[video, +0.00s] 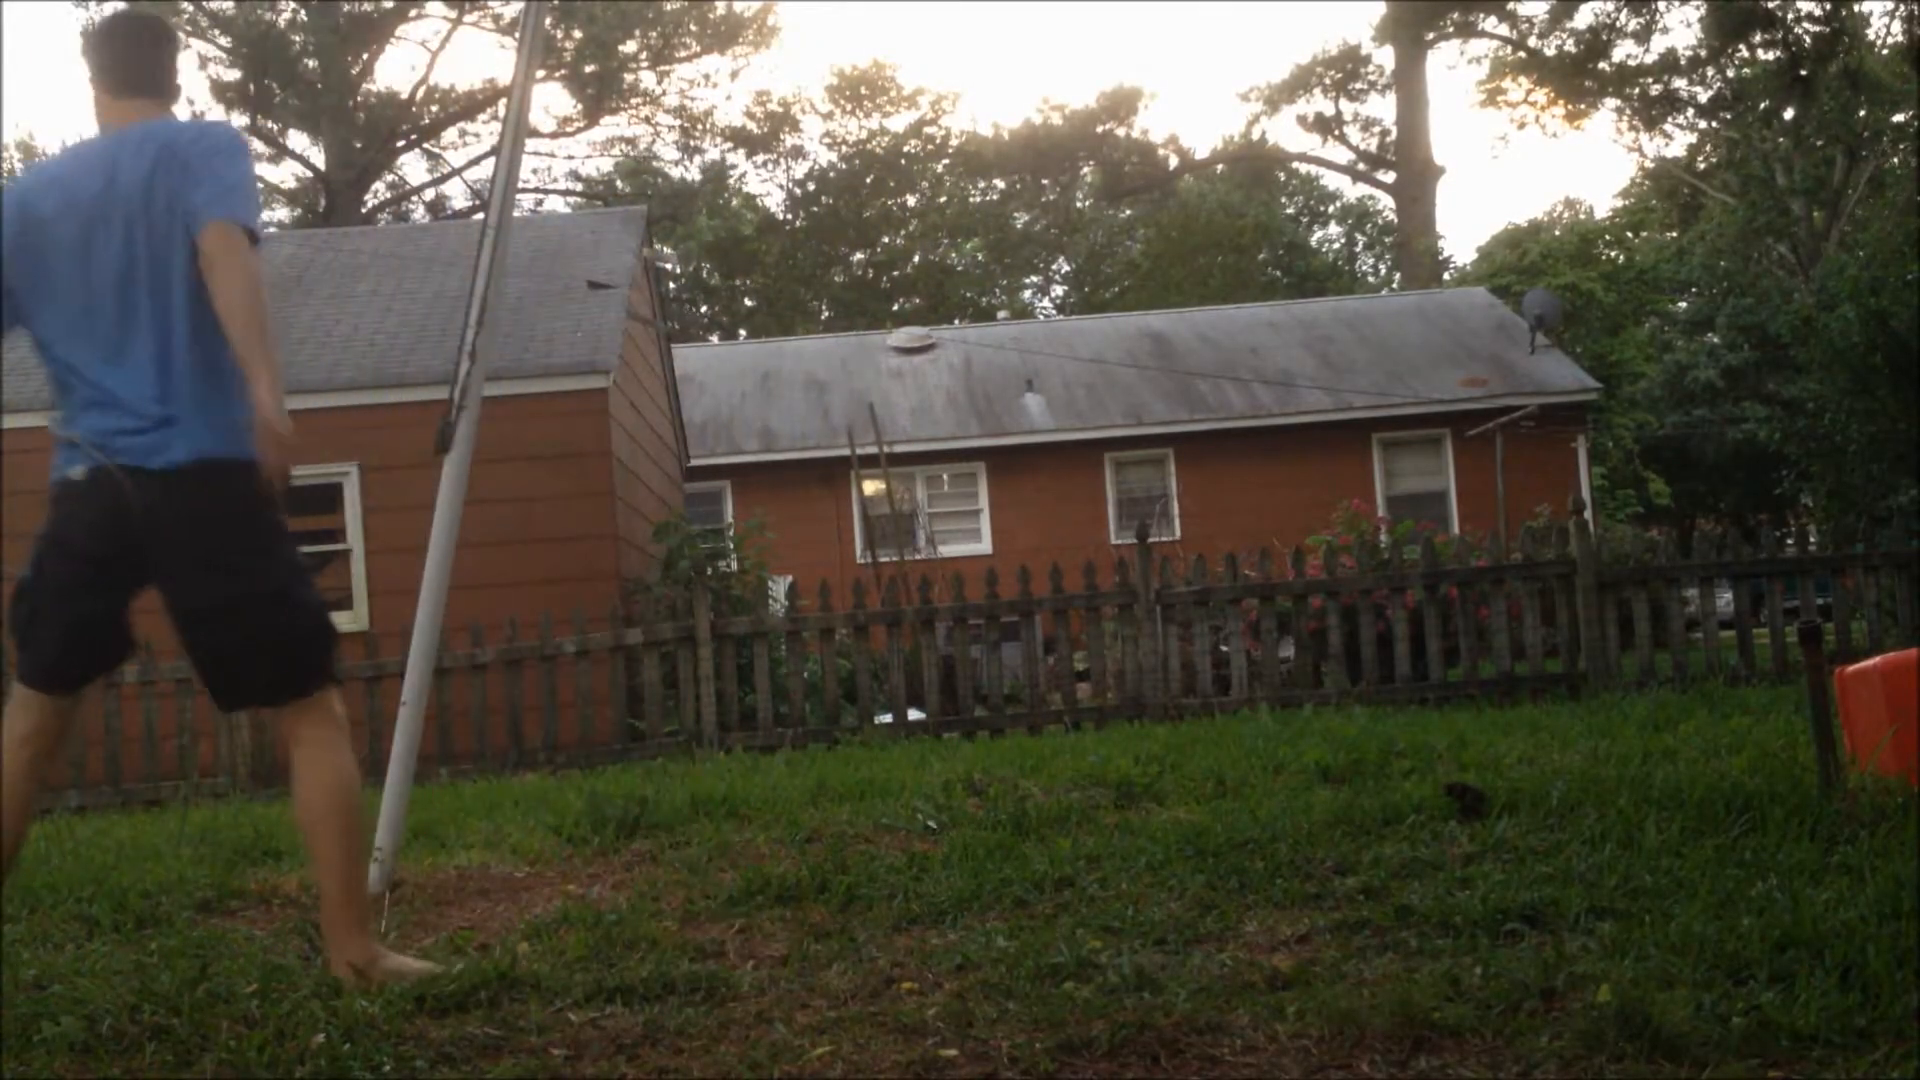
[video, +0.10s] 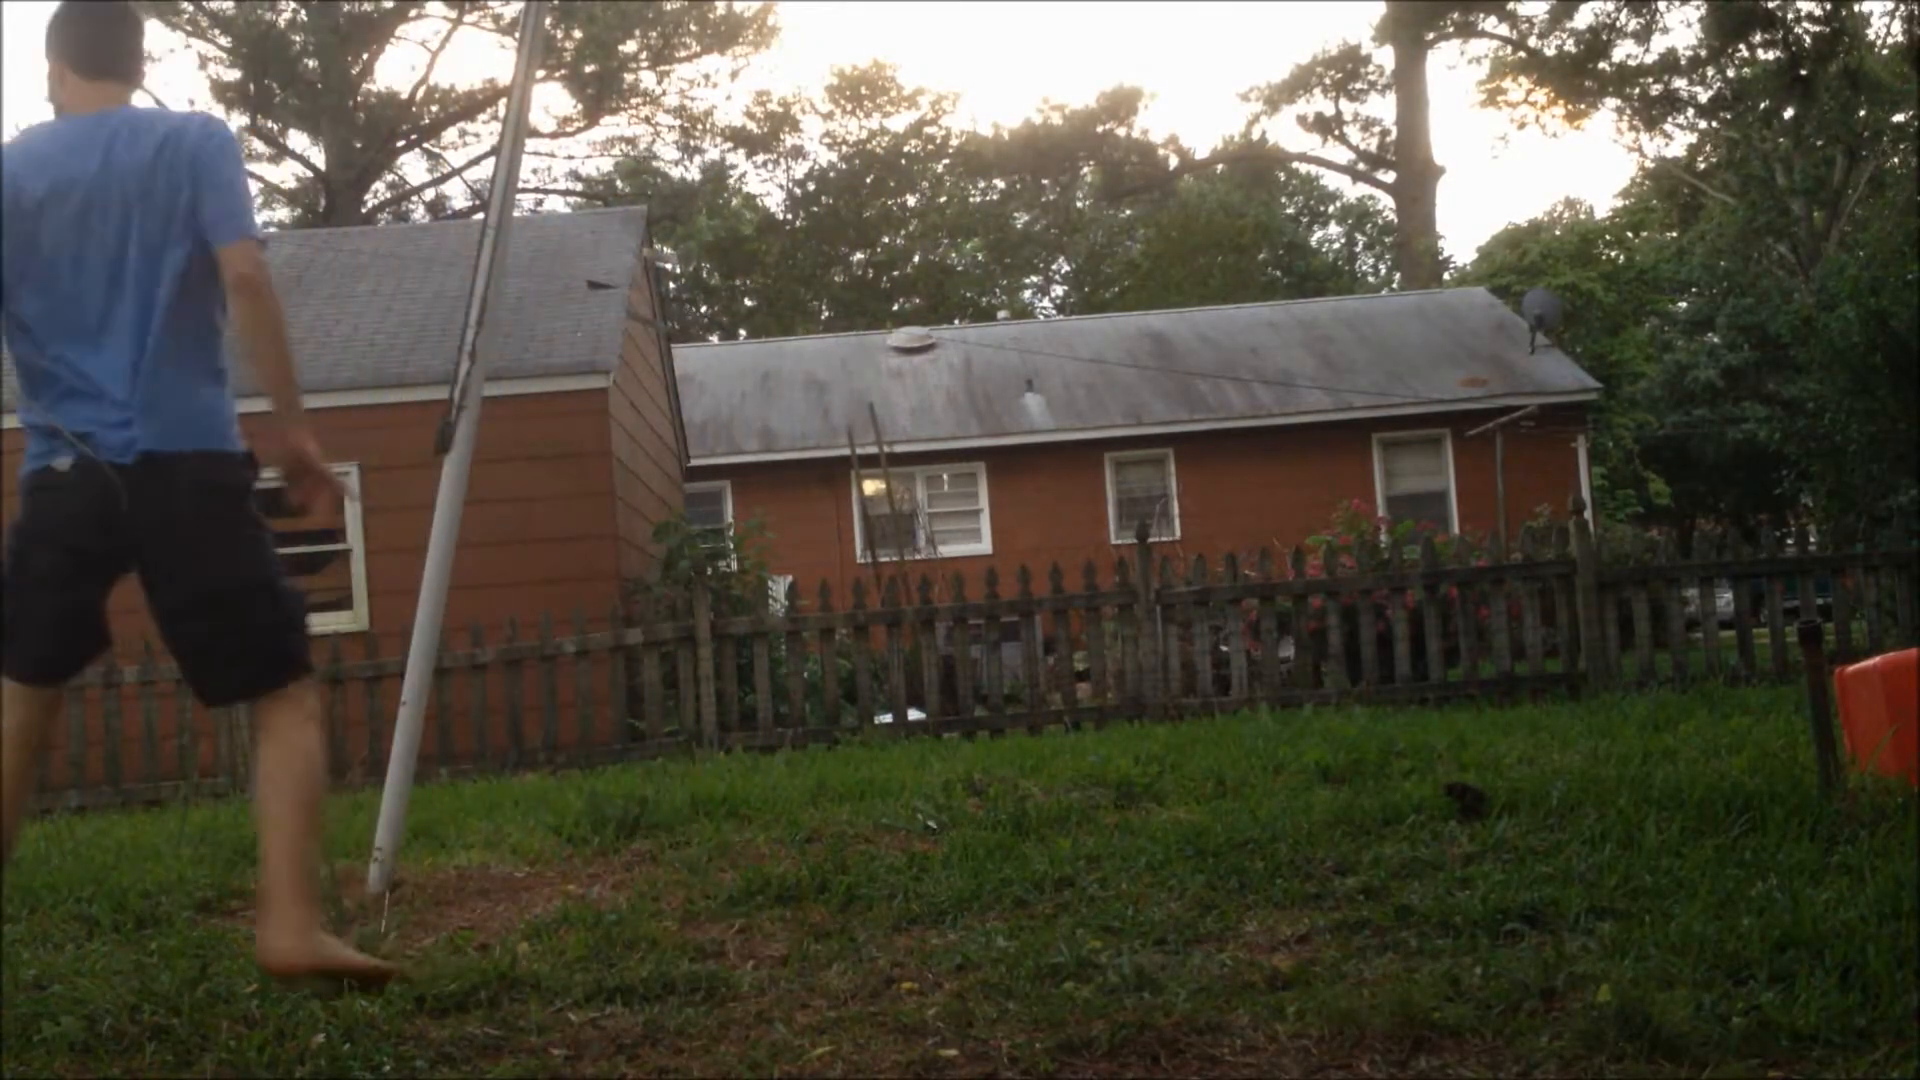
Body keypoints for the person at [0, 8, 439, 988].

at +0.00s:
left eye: (110, 72)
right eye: (168, 75)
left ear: (93, 81)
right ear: (176, 79)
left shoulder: (27, 197)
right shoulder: (204, 144)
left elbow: (6, 319)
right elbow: (222, 248)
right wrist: (268, 396)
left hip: (90, 499)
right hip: (211, 493)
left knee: (28, 724)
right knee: (311, 715)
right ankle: (353, 947)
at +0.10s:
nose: (73, 74)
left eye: (60, 58)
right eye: (130, 53)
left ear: (55, 65)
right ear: (142, 63)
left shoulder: (12, 167)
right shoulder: (196, 141)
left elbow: (8, 330)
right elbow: (246, 275)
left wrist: (12, 482)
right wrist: (291, 424)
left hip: (60, 488)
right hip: (190, 482)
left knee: (16, 707)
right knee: (284, 693)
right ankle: (291, 927)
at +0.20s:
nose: (35, 69)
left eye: (35, 53)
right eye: (50, 51)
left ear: (42, 57)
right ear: (131, 55)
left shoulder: (12, 164)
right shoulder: (202, 148)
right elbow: (287, 293)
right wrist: (332, 418)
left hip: (46, 486)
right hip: (184, 484)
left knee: (14, 710)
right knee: (233, 705)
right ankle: (234, 916)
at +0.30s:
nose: (48, 67)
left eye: (50, 50)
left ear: (56, 56)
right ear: (143, 56)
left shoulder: (22, 168)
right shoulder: (217, 158)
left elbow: (4, 309)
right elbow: (311, 304)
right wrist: (351, 416)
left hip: (45, 485)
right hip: (183, 487)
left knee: (13, 720)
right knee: (213, 726)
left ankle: (9, 939)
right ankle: (213, 948)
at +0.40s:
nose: (95, 66)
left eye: (87, 51)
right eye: (143, 50)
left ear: (85, 53)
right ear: (172, 60)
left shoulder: (34, 163)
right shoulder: (235, 165)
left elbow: (2, 300)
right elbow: (319, 310)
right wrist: (346, 431)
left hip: (52, 472)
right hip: (187, 481)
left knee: (15, 712)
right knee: (228, 715)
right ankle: (223, 953)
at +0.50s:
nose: (189, 106)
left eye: (142, 84)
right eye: (206, 91)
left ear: (126, 91)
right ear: (208, 94)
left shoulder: (48, 182)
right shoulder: (245, 177)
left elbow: (2, 289)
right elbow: (309, 324)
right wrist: (333, 457)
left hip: (59, 482)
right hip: (191, 484)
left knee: (20, 722)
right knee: (279, 709)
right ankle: (253, 932)